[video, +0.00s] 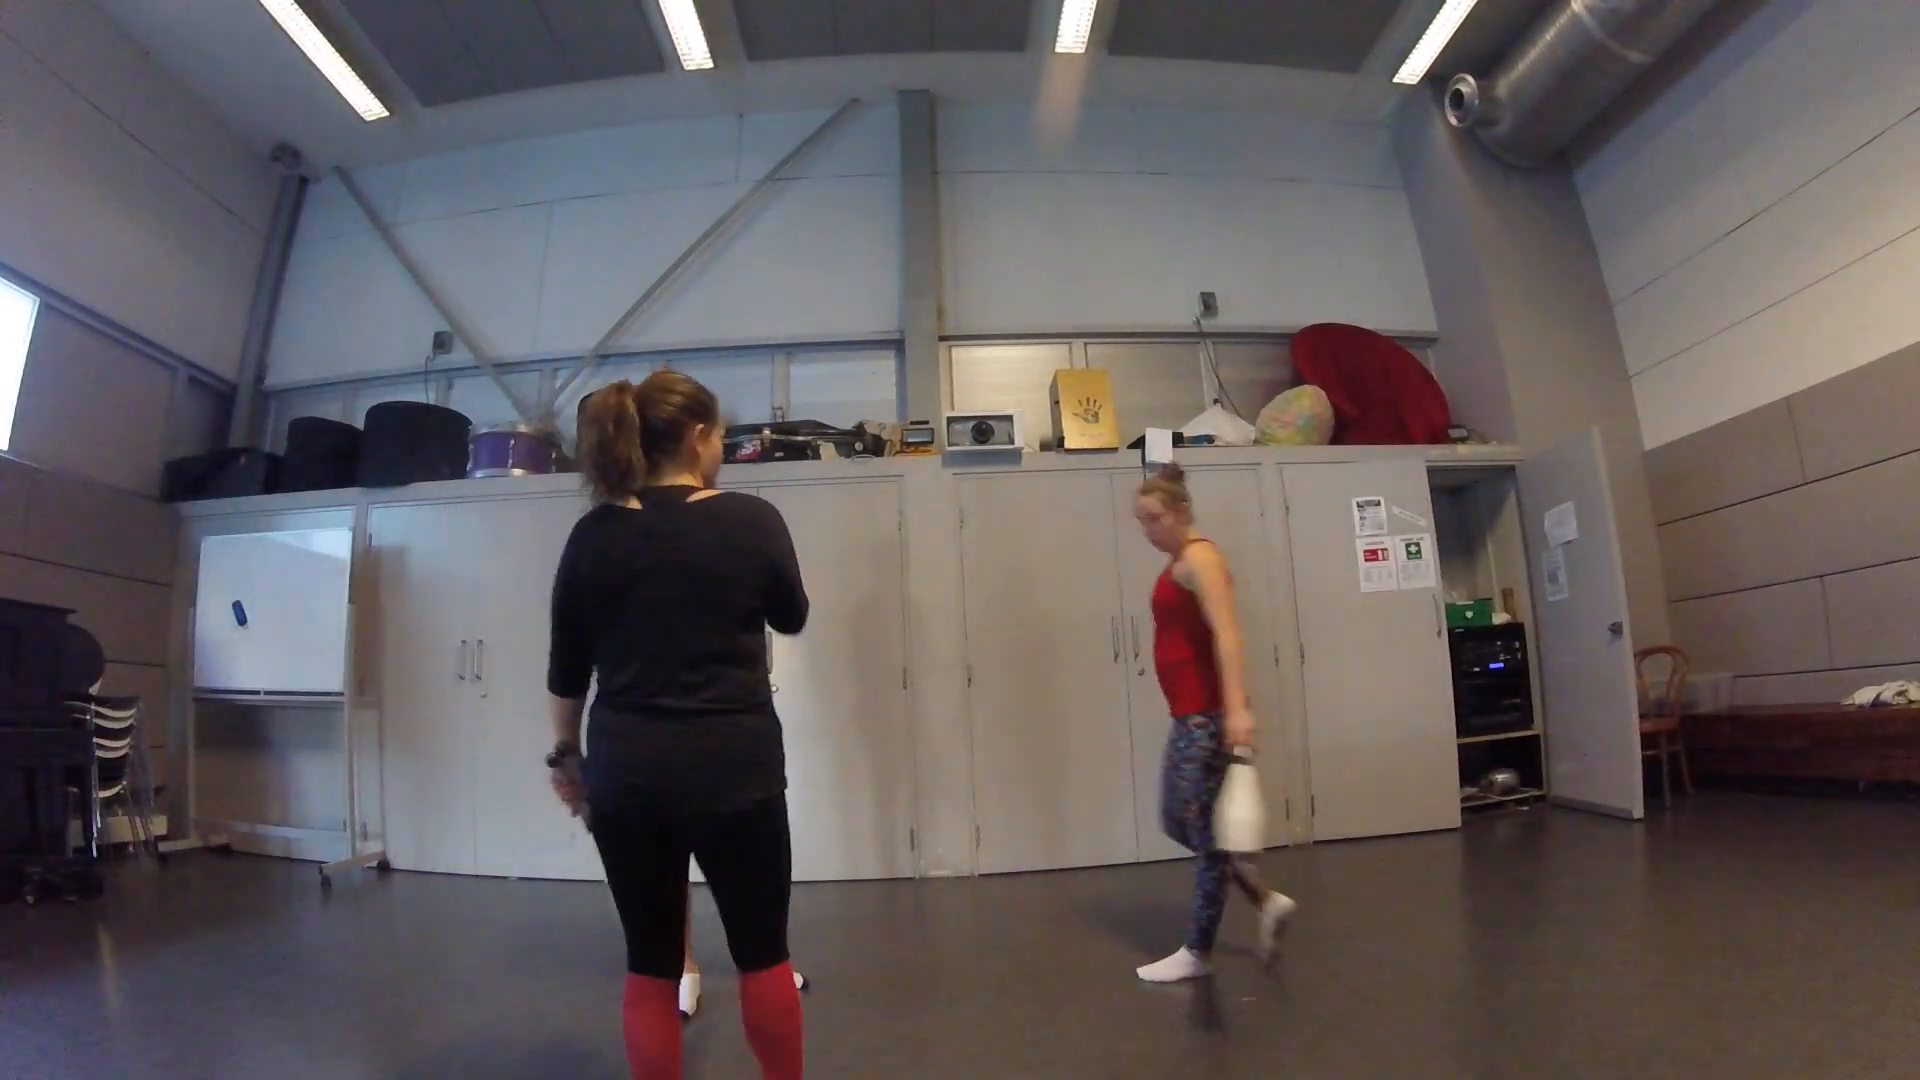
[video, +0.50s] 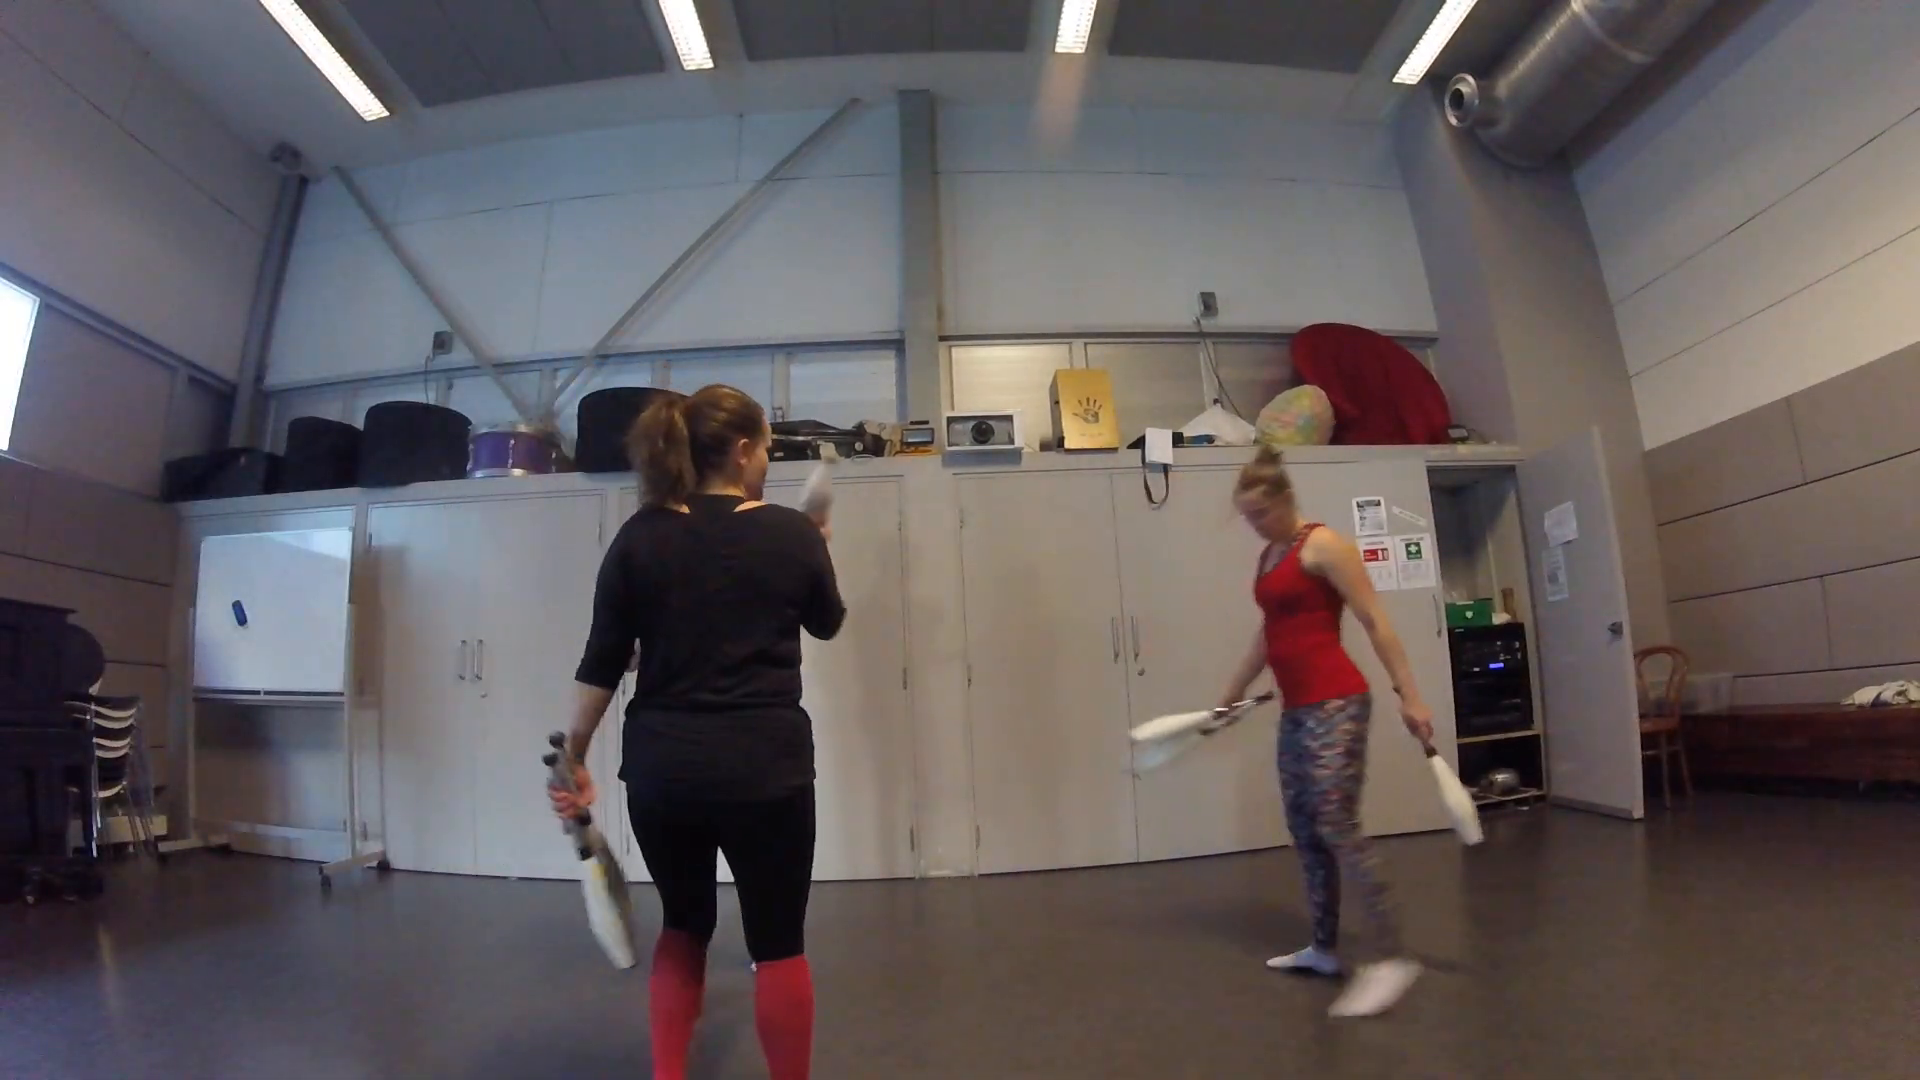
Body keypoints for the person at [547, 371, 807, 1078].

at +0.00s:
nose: (720, 447)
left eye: (719, 436)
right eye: (718, 436)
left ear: (642, 440)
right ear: (698, 438)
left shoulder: (595, 534)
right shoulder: (751, 522)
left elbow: (568, 662)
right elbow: (791, 616)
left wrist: (564, 751)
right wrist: (728, 545)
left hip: (627, 781)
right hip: (735, 776)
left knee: (651, 965)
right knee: (762, 957)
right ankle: (785, 1073)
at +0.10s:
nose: (737, 451)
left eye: (738, 438)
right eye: (734, 438)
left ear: (654, 441)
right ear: (711, 440)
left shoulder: (609, 533)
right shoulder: (765, 524)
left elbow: (581, 665)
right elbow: (784, 603)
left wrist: (579, 753)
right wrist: (721, 514)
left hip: (641, 779)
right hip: (750, 774)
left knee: (660, 962)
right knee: (769, 956)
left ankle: (660, 1075)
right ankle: (787, 1074)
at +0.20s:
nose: (752, 451)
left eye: (751, 439)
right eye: (749, 440)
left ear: (669, 445)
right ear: (724, 443)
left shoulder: (620, 534)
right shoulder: (775, 526)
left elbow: (592, 666)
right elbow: (788, 601)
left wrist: (588, 757)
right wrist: (726, 509)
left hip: (652, 779)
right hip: (762, 775)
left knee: (670, 960)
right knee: (773, 955)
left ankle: (666, 1075)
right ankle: (787, 1075)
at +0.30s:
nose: (761, 454)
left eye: (760, 443)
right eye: (758, 443)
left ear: (675, 449)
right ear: (734, 447)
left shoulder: (630, 535)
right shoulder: (783, 530)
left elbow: (600, 664)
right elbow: (798, 609)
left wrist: (588, 758)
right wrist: (739, 515)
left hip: (661, 778)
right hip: (770, 775)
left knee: (679, 956)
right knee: (779, 951)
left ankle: (672, 1073)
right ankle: (789, 1074)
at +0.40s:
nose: (767, 459)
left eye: (765, 447)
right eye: (764, 447)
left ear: (684, 452)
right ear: (743, 449)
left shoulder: (637, 536)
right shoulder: (788, 531)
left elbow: (604, 661)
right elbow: (810, 617)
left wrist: (584, 757)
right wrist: (756, 534)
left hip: (665, 778)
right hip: (773, 775)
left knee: (686, 942)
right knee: (780, 948)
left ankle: (678, 1072)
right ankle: (791, 1075)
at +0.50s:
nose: (769, 459)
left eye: (767, 448)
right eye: (766, 448)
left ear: (689, 454)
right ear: (743, 451)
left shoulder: (640, 536)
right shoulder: (785, 533)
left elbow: (604, 658)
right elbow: (826, 621)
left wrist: (573, 755)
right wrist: (815, 540)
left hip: (661, 774)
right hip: (765, 770)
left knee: (683, 918)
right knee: (777, 944)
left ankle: (667, 1073)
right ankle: (791, 1075)